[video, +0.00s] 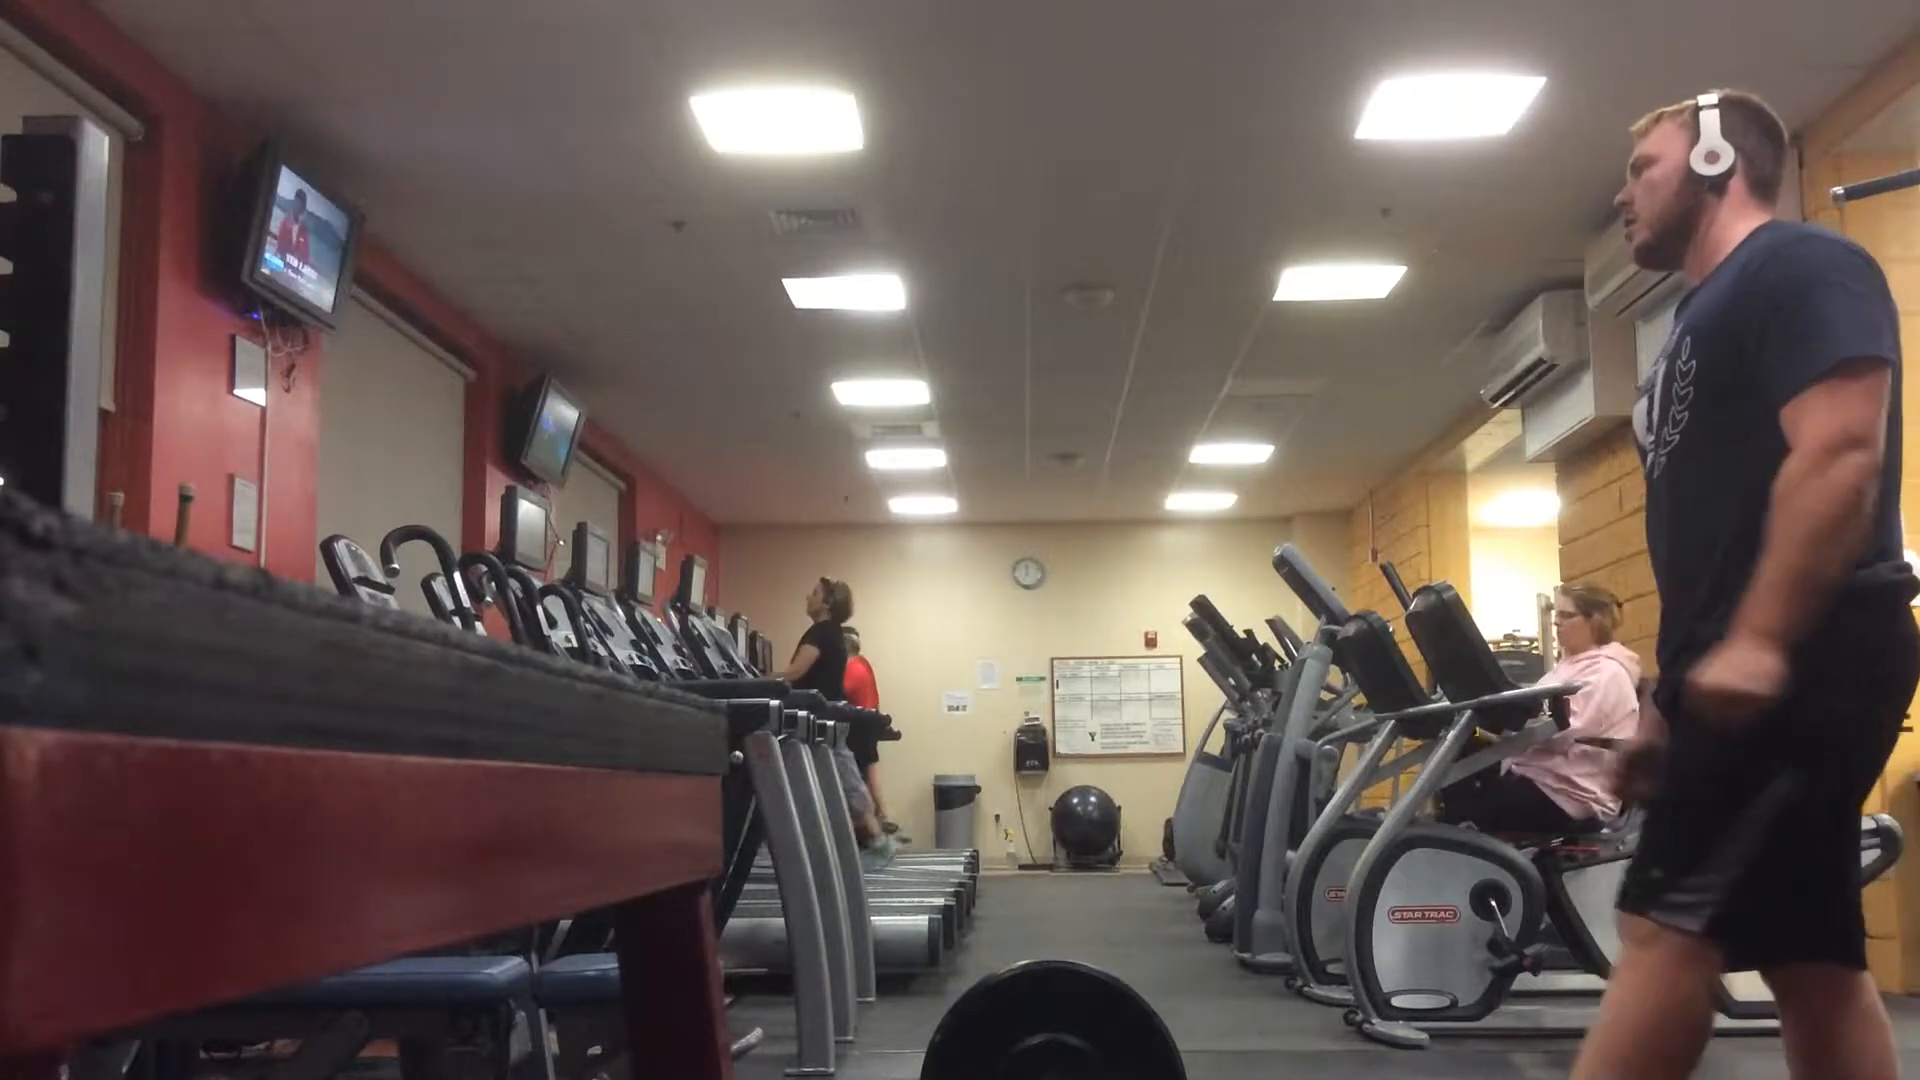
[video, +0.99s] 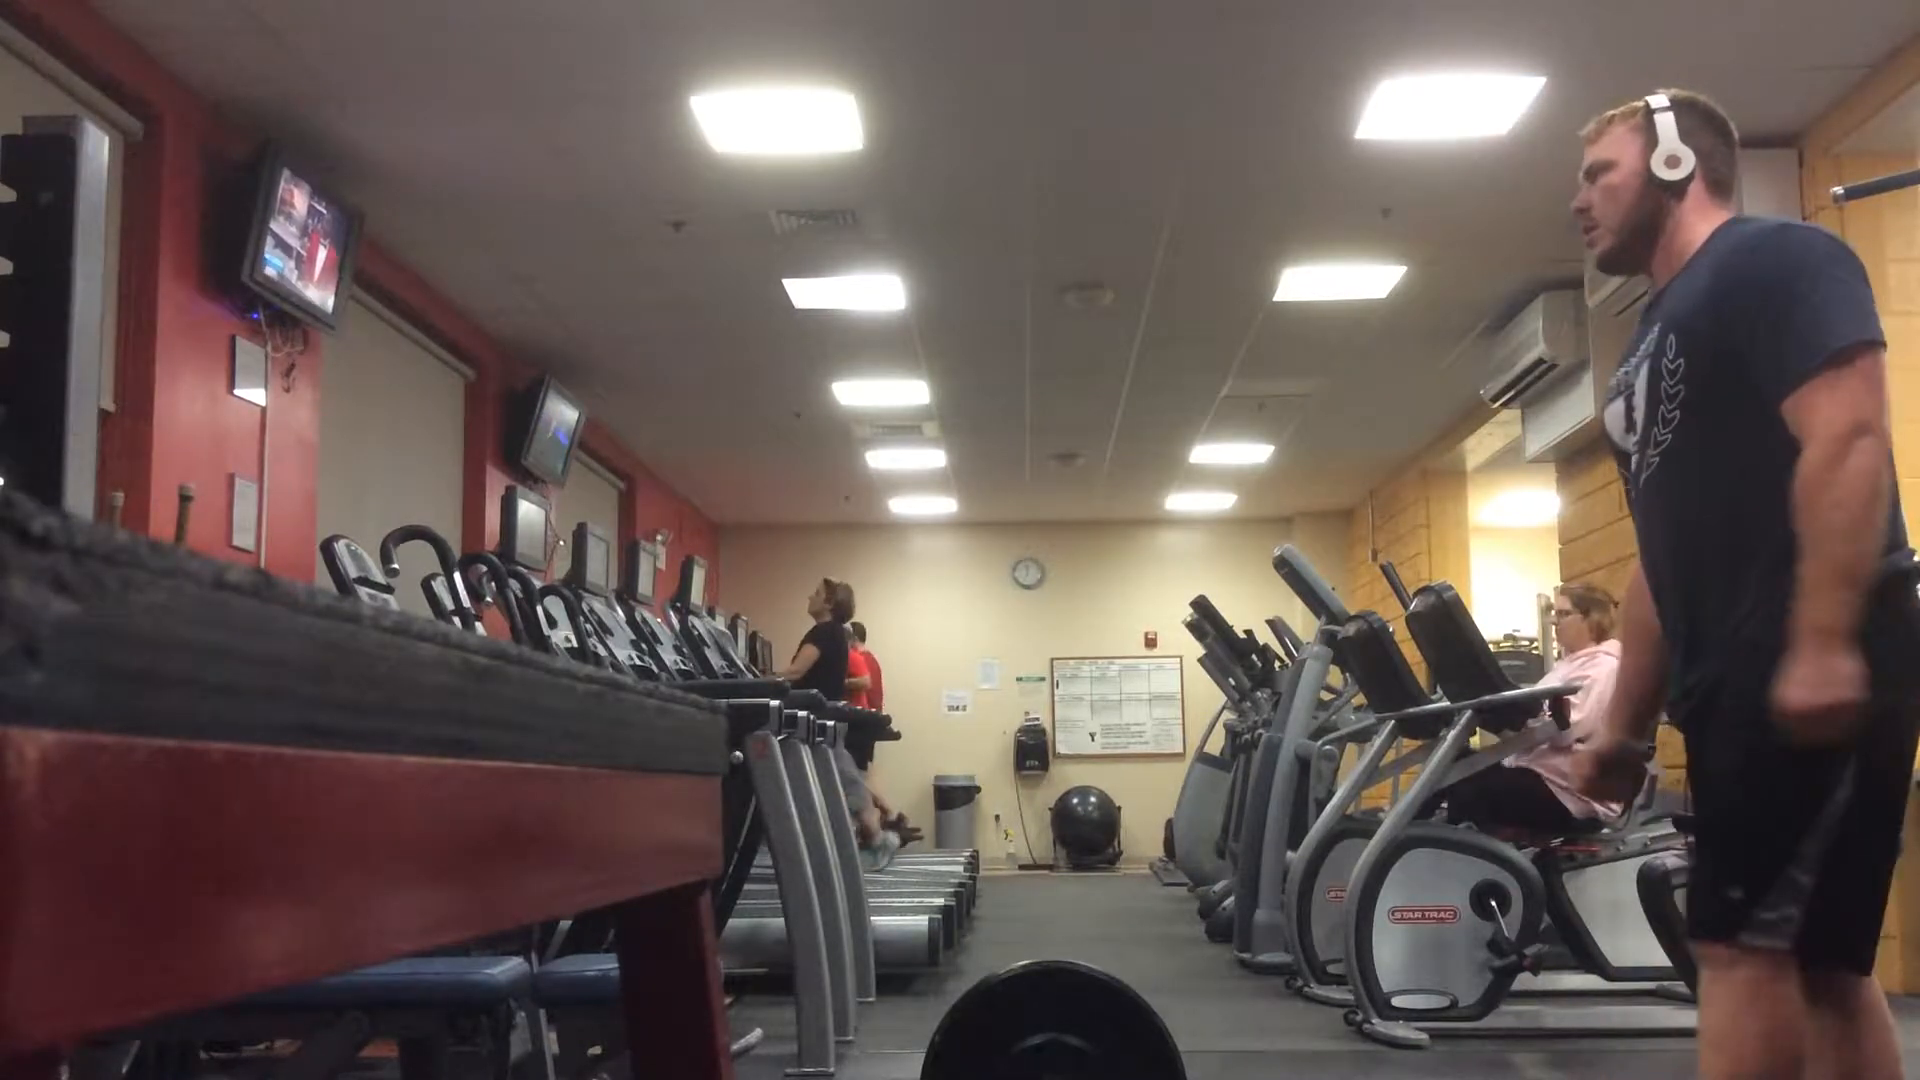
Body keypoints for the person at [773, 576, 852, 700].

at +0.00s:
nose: (808, 597)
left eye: (815, 594)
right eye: (812, 593)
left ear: (827, 604)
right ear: (827, 604)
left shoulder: (820, 631)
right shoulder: (835, 630)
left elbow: (796, 673)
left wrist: (765, 679)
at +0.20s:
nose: (812, 590)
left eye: (819, 587)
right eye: (817, 586)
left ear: (831, 596)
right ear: (831, 597)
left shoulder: (823, 621)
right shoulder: (839, 622)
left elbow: (793, 661)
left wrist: (765, 675)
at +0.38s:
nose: (815, 595)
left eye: (821, 592)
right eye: (819, 591)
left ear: (835, 600)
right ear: (835, 600)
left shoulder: (825, 627)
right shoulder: (841, 629)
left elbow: (792, 664)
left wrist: (772, 673)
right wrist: (775, 673)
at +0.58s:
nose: (814, 595)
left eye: (821, 592)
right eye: (819, 591)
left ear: (835, 600)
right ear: (834, 600)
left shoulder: (823, 627)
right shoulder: (839, 628)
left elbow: (793, 666)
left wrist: (769, 674)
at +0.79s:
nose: (814, 592)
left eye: (821, 588)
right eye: (818, 587)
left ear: (833, 597)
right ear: (833, 598)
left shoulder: (825, 625)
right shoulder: (842, 626)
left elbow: (795, 663)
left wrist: (768, 677)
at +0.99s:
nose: (810, 597)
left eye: (817, 594)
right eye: (815, 593)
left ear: (828, 604)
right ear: (828, 603)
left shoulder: (823, 631)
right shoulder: (837, 631)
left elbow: (796, 671)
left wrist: (768, 678)